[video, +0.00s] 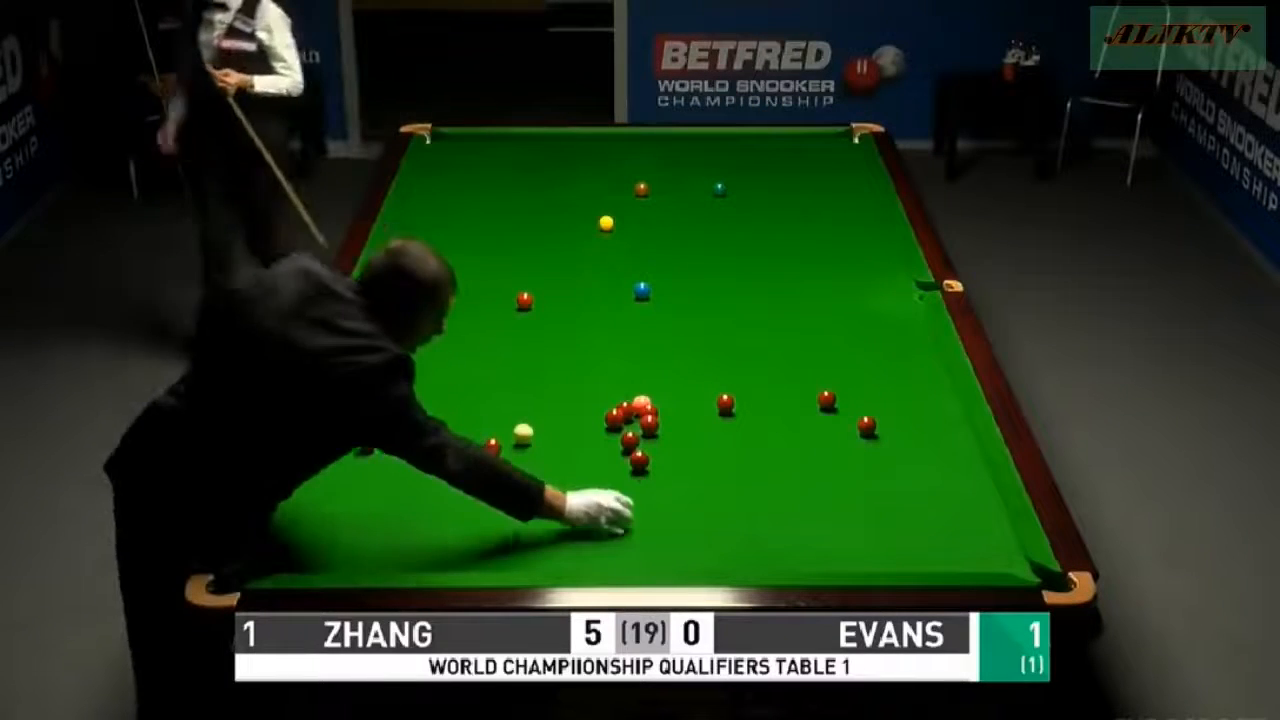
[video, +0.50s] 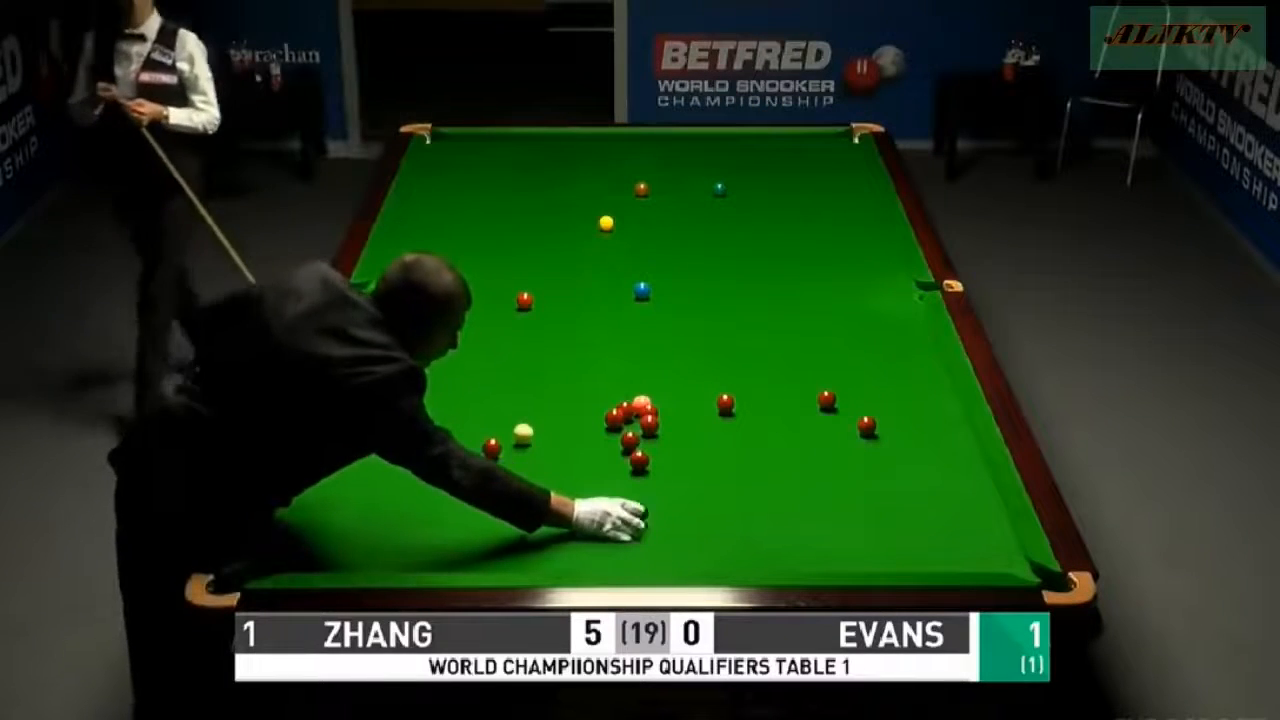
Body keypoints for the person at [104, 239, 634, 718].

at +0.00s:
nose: (440, 330)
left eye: (441, 316)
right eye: (438, 318)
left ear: (373, 279)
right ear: (413, 318)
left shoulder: (297, 276)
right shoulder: (372, 377)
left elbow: (220, 310)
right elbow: (447, 456)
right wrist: (559, 503)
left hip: (146, 462)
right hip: (197, 504)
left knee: (162, 648)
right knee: (197, 658)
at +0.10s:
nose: (456, 344)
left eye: (457, 330)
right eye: (453, 332)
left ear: (387, 290)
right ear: (426, 330)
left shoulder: (308, 284)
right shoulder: (385, 387)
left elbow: (226, 291)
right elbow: (459, 464)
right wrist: (574, 508)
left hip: (151, 461)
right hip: (207, 501)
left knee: (158, 647)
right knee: (202, 655)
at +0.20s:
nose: (460, 348)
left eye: (462, 334)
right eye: (458, 336)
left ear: (393, 294)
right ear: (430, 333)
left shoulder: (314, 286)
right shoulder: (387, 389)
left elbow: (226, 320)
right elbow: (465, 468)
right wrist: (579, 508)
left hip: (153, 458)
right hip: (202, 498)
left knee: (160, 649)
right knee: (196, 658)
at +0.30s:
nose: (461, 348)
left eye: (463, 335)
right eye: (459, 337)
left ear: (394, 295)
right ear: (431, 335)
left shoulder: (317, 287)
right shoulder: (388, 389)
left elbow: (221, 318)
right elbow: (464, 467)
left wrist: (255, 392)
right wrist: (579, 508)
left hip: (151, 463)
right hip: (203, 501)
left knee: (159, 654)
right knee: (198, 661)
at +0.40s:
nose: (459, 346)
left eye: (461, 332)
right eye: (457, 334)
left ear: (392, 293)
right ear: (428, 332)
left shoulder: (317, 286)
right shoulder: (386, 387)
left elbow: (217, 316)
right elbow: (460, 467)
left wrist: (261, 387)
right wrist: (577, 508)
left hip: (155, 456)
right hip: (199, 498)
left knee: (160, 645)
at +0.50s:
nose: (455, 343)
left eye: (457, 330)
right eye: (453, 331)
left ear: (387, 288)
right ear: (426, 329)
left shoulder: (311, 282)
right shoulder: (383, 386)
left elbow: (205, 320)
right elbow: (457, 469)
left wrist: (255, 391)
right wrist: (568, 510)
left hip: (153, 461)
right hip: (203, 504)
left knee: (161, 653)